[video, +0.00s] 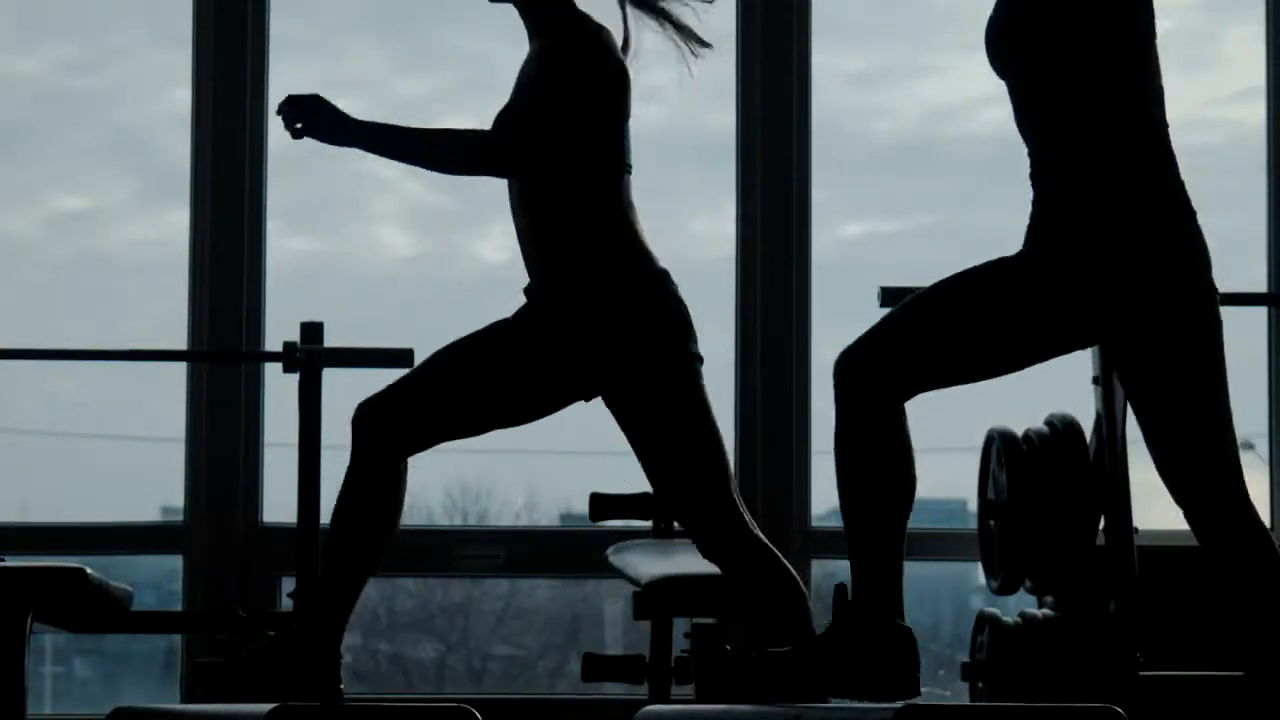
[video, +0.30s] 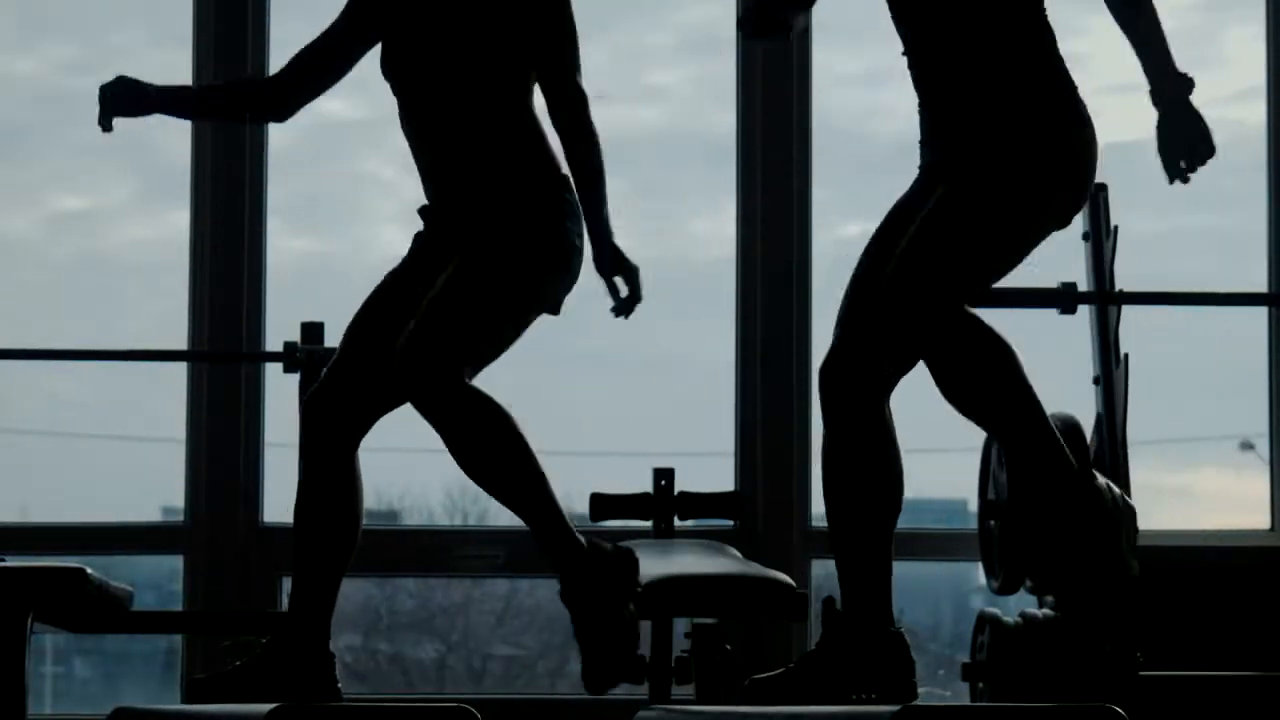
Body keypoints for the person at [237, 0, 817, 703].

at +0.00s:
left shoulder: (582, 54)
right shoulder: (550, 57)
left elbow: (501, 153)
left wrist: (351, 131)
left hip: (627, 324)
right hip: (565, 322)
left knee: (715, 520)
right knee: (382, 428)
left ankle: (815, 695)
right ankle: (311, 657)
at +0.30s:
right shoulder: (385, 2)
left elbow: (570, 109)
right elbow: (278, 96)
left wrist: (600, 237)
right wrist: (149, 99)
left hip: (531, 230)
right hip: (448, 234)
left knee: (433, 377)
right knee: (331, 414)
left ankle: (587, 571)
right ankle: (303, 648)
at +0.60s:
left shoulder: (549, 0)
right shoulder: (395, 0)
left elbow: (606, 111)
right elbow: (303, 86)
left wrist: (659, 245)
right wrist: (211, 99)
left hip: (541, 209)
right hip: (463, 220)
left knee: (365, 236)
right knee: (331, 415)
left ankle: (485, 442)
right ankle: (304, 647)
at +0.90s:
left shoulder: (651, 34)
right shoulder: (583, 52)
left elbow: (588, 152)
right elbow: (555, 211)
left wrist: (455, 152)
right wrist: (506, 314)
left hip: (640, 299)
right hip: (567, 303)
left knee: (701, 514)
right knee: (410, 444)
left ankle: (818, 681)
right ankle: (307, 652)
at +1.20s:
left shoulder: (725, 41)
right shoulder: (698, 32)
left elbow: (665, 176)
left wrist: (533, 202)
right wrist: (869, 38)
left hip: (757, 316)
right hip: (689, 312)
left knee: (797, 532)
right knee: (523, 444)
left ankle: (906, 707)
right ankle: (510, 670)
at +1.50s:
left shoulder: (708, 67)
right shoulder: (623, 78)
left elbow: (742, 221)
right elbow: (601, 211)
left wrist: (742, 358)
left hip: (699, 339)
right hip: (642, 340)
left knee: (664, 539)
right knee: (653, 543)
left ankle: (818, 684)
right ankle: (726, 703)